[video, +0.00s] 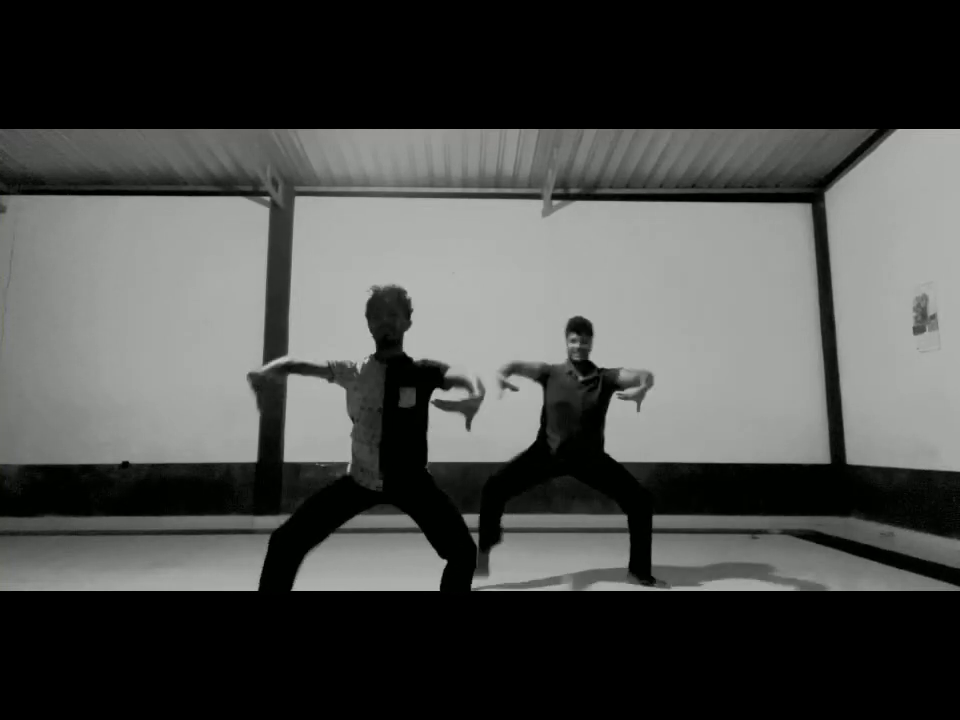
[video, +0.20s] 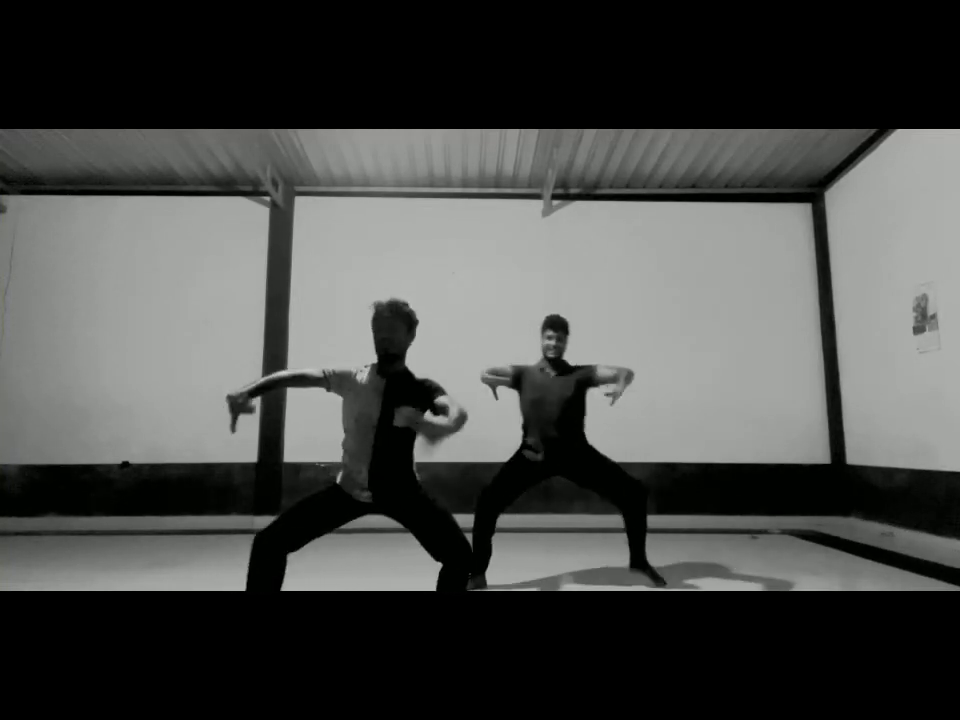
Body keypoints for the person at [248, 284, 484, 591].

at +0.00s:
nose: (385, 322)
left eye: (393, 315)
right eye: (377, 315)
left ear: (408, 322)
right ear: (368, 323)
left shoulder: (424, 373)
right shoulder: (355, 373)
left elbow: (467, 379)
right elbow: (293, 364)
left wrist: (476, 397)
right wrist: (264, 372)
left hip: (412, 485)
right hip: (360, 484)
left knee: (463, 554)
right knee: (285, 543)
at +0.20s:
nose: (385, 343)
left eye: (394, 334)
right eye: (379, 333)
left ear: (411, 336)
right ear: (372, 334)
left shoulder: (422, 390)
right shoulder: (351, 381)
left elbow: (454, 417)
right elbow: (294, 377)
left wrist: (431, 424)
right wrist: (246, 393)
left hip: (402, 495)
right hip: (349, 492)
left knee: (459, 558)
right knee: (268, 544)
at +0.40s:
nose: (350, 339)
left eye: (357, 331)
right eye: (352, 331)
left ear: (379, 337)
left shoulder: (402, 386)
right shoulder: (337, 385)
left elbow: (394, 392)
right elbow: (279, 381)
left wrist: (345, 366)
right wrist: (241, 403)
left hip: (391, 500)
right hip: (342, 496)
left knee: (442, 568)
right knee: (253, 538)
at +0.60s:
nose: (293, 337)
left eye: (300, 329)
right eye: (296, 332)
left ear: (311, 333)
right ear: (333, 331)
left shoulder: (335, 366)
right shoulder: (302, 384)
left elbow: (293, 343)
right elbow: (259, 382)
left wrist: (248, 327)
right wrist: (221, 397)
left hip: (362, 489)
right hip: (323, 491)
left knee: (409, 574)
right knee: (240, 543)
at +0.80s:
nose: (245, 383)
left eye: (245, 375)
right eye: (243, 377)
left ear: (258, 365)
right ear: (266, 361)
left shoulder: (295, 377)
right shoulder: (278, 393)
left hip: (366, 482)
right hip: (328, 488)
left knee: (403, 568)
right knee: (251, 542)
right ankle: (232, 603)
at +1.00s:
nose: (274, 381)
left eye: (273, 373)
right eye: (270, 375)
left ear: (285, 366)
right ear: (294, 360)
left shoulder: (331, 381)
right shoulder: (307, 392)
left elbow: (285, 436)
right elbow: (259, 408)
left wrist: (238, 462)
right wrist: (212, 430)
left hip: (378, 492)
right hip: (339, 492)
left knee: (415, 578)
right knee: (258, 542)